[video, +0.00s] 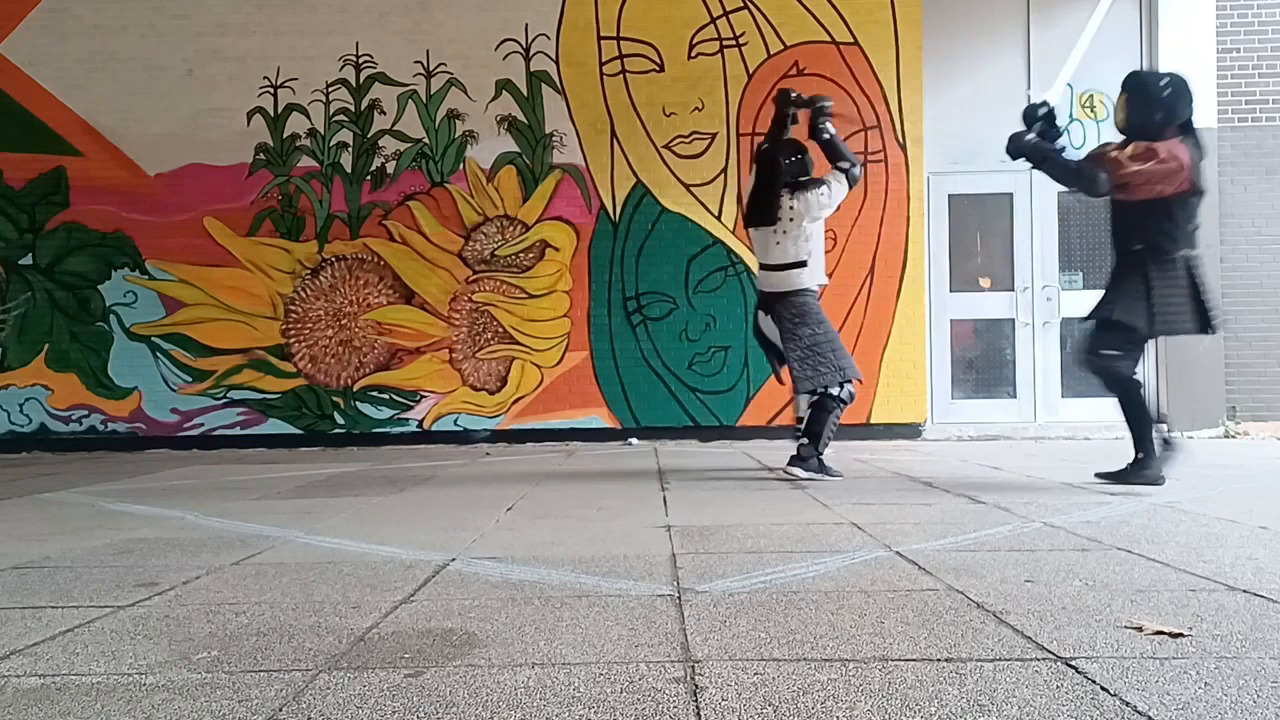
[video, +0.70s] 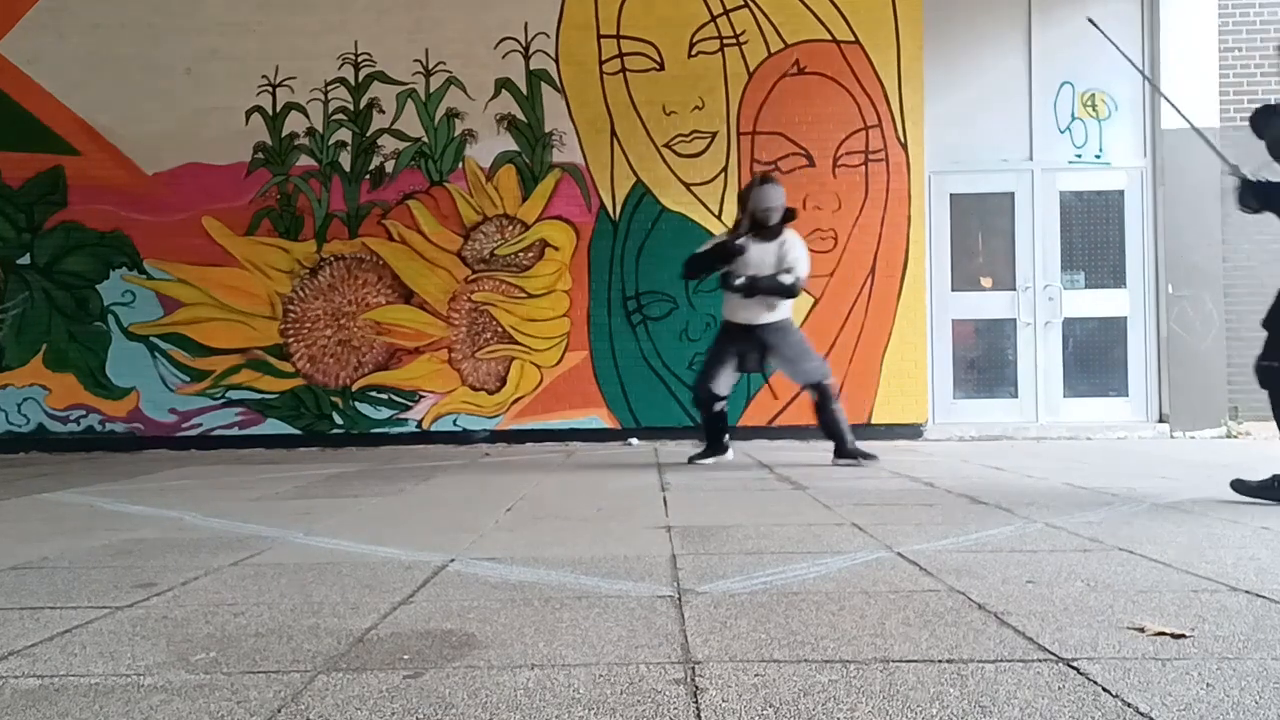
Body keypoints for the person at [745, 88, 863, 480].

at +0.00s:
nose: (809, 169)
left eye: (804, 164)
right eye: (805, 163)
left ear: (768, 169)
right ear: (799, 170)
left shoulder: (756, 202)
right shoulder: (808, 200)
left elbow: (766, 163)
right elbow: (850, 170)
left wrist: (782, 118)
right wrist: (824, 134)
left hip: (768, 302)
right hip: (799, 303)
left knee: (811, 376)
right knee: (844, 381)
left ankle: (810, 451)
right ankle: (807, 455)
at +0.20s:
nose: (830, 151)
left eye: (828, 145)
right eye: (826, 145)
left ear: (790, 164)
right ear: (807, 163)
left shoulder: (793, 204)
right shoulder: (794, 205)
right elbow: (836, 179)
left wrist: (791, 147)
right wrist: (805, 143)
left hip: (815, 305)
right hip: (803, 306)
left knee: (852, 375)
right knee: (825, 376)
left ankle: (851, 443)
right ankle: (808, 446)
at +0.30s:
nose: (818, 185)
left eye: (819, 179)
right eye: (812, 180)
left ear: (820, 181)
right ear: (795, 184)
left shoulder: (827, 209)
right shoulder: (779, 221)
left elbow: (854, 189)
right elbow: (802, 202)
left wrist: (840, 157)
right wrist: (795, 166)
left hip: (827, 312)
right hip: (798, 311)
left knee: (861, 378)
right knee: (819, 371)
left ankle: (848, 447)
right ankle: (801, 451)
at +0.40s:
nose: (812, 199)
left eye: (817, 193)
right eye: (806, 193)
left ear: (822, 197)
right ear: (791, 195)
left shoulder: (829, 230)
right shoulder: (778, 233)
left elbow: (863, 222)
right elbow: (777, 226)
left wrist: (837, 198)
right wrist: (787, 190)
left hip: (826, 318)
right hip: (793, 317)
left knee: (868, 378)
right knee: (806, 376)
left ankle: (850, 446)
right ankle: (776, 441)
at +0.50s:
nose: (807, 207)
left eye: (811, 201)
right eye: (801, 201)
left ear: (815, 201)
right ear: (786, 200)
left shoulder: (824, 228)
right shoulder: (770, 229)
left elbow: (845, 254)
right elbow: (745, 252)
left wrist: (811, 233)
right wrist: (767, 215)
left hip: (818, 321)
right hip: (781, 322)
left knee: (863, 376)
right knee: (777, 385)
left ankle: (849, 447)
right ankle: (742, 436)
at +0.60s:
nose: (793, 212)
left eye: (797, 206)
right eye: (787, 207)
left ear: (803, 206)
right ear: (773, 208)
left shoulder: (813, 235)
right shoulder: (753, 235)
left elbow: (823, 272)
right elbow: (717, 260)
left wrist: (783, 265)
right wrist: (754, 227)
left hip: (803, 326)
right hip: (762, 328)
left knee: (850, 373)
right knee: (743, 387)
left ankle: (849, 448)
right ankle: (720, 432)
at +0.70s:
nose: (772, 215)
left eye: (777, 208)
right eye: (765, 209)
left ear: (783, 209)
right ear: (750, 210)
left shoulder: (791, 241)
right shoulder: (731, 240)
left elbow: (792, 286)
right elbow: (690, 270)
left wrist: (747, 284)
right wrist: (723, 252)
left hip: (778, 329)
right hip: (735, 330)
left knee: (820, 379)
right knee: (708, 391)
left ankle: (845, 447)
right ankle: (717, 446)